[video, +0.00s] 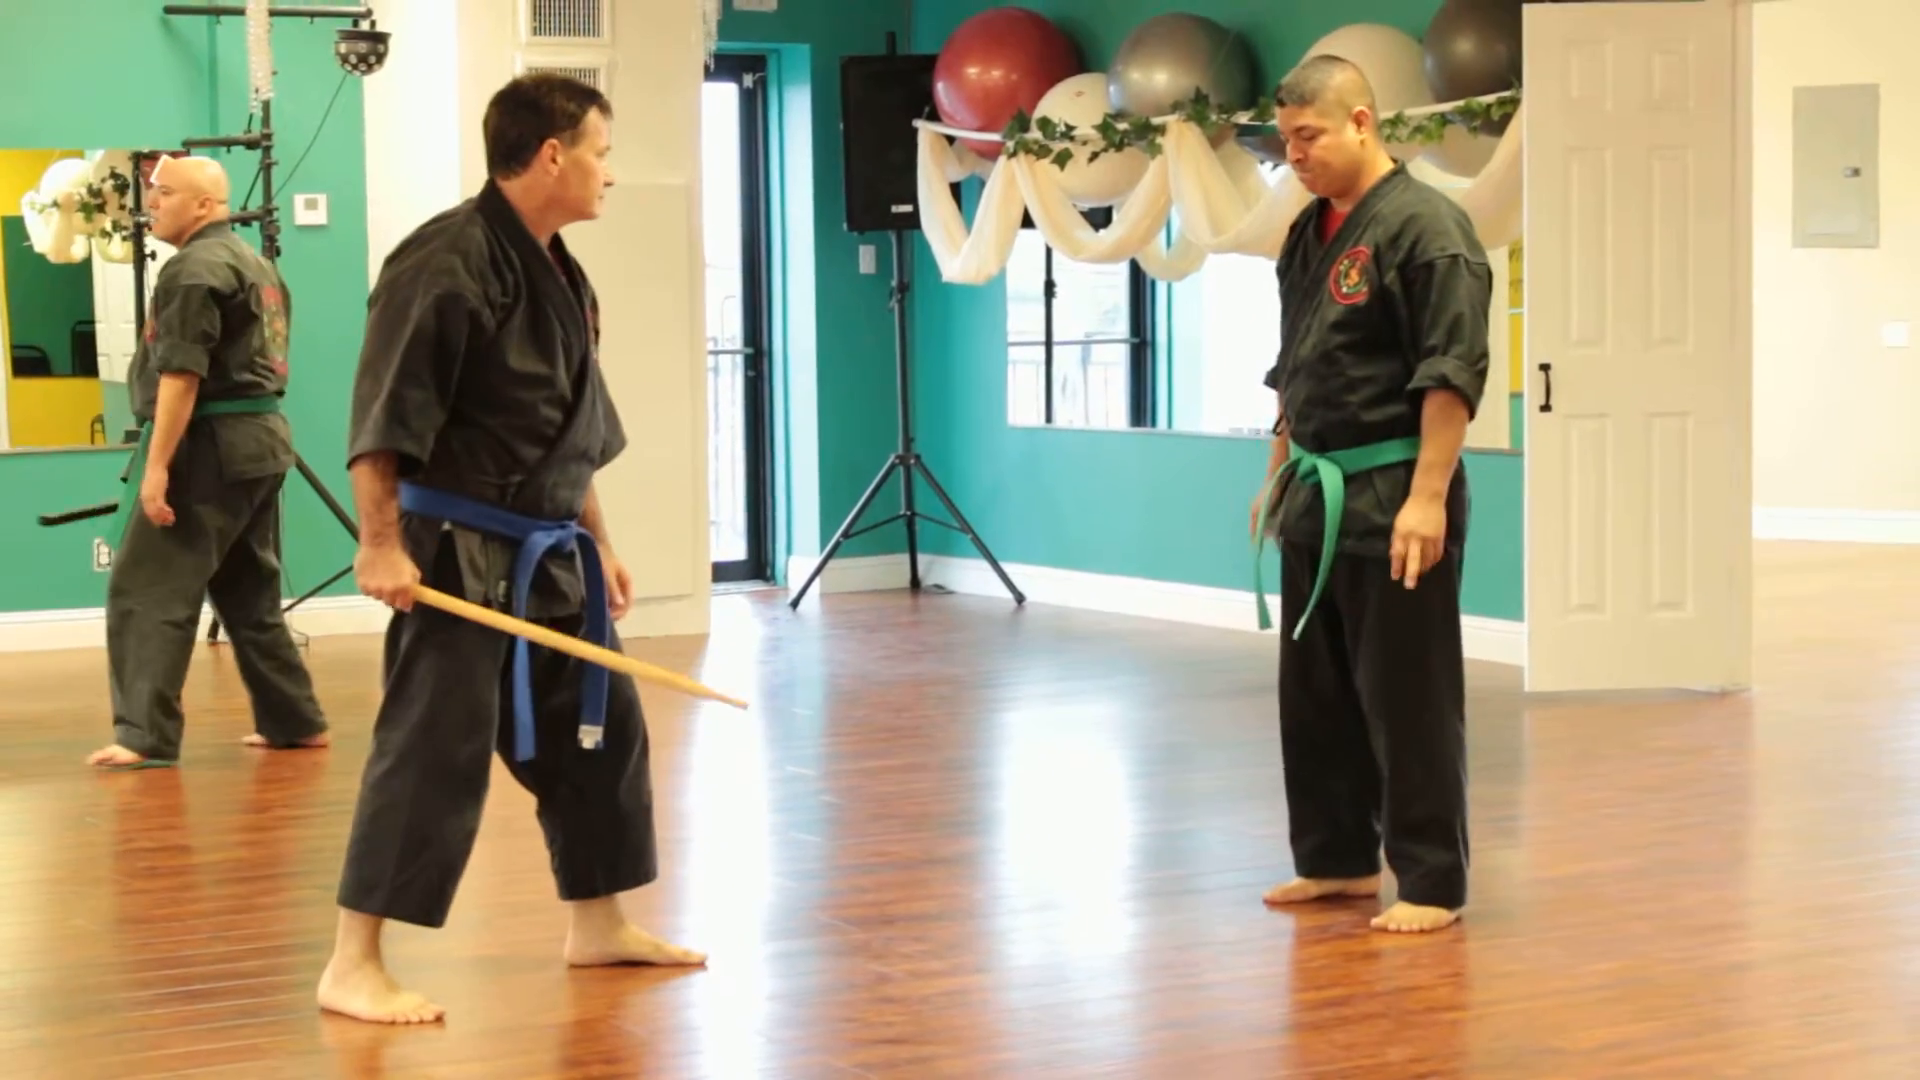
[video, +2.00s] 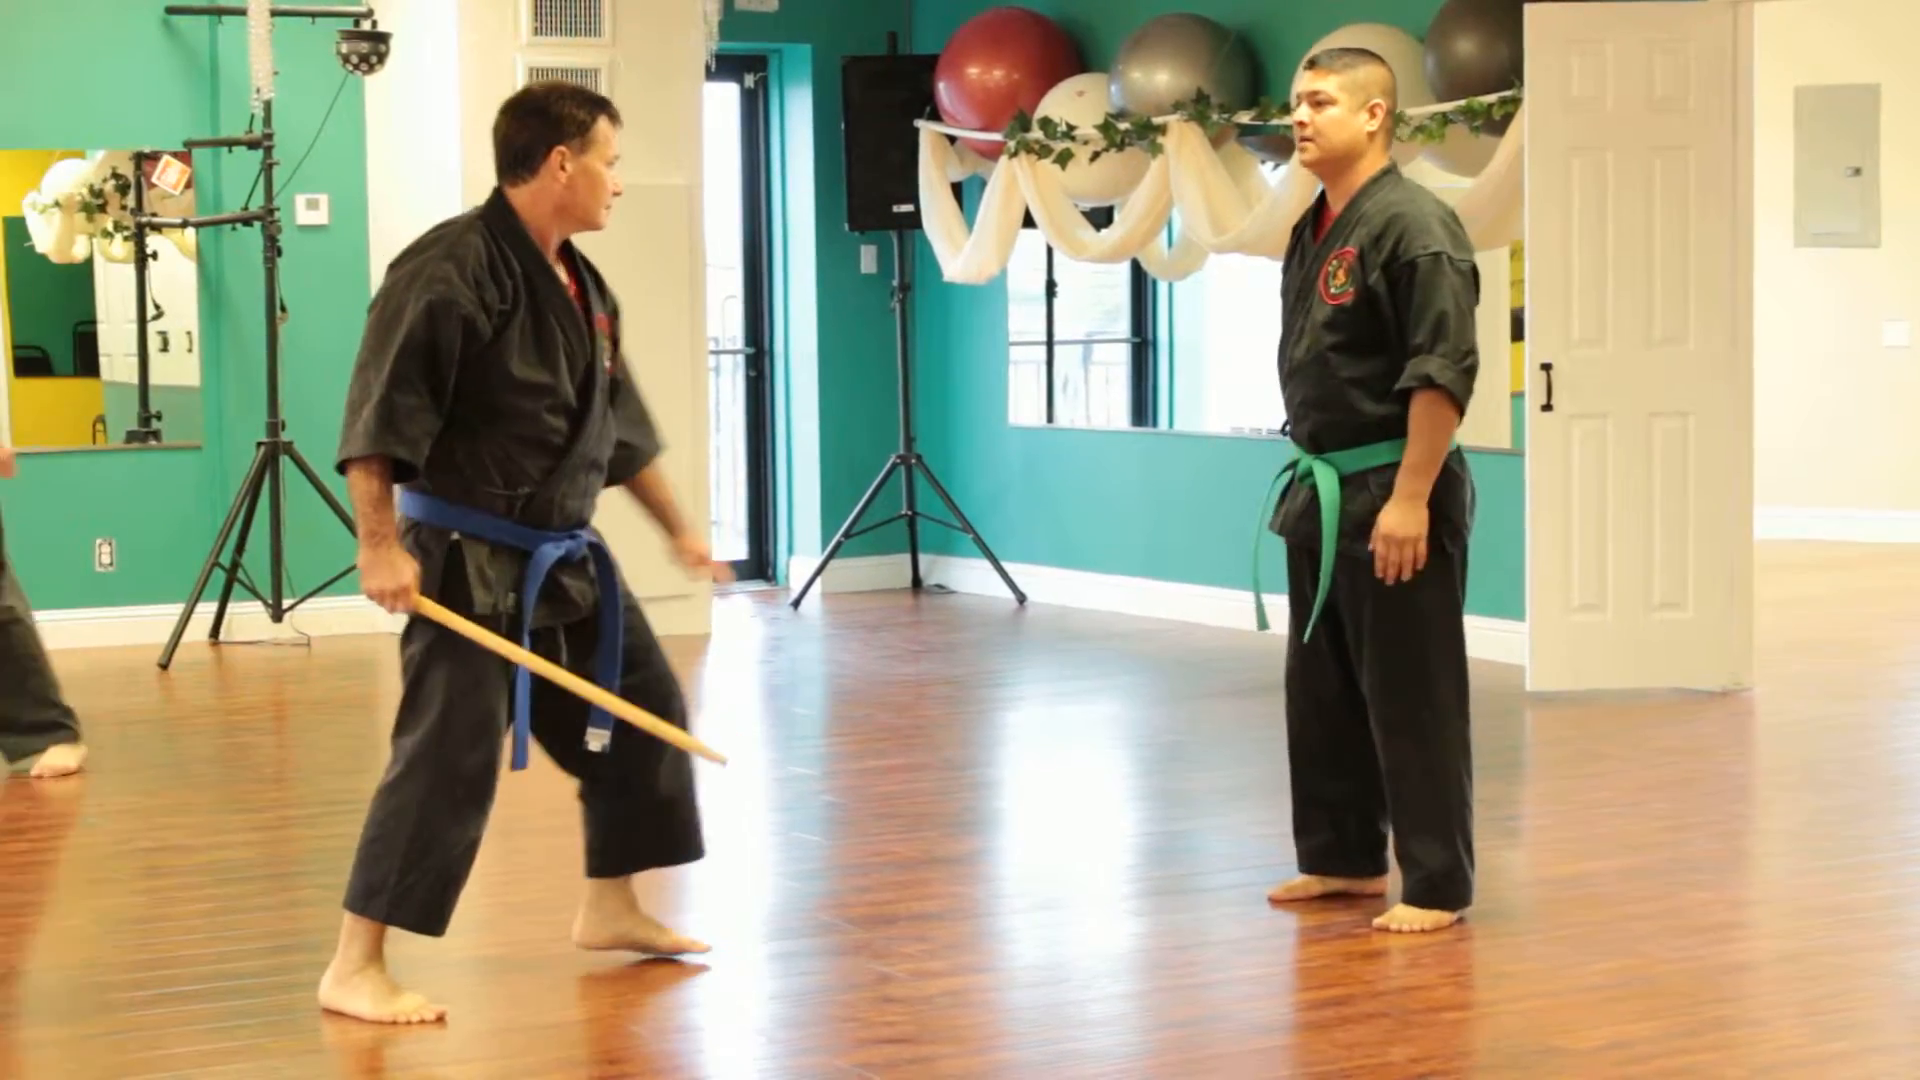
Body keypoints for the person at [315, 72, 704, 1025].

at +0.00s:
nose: (609, 173)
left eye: (608, 154)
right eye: (600, 154)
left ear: (551, 156)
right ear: (551, 156)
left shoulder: (558, 272)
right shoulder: (443, 260)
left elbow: (561, 430)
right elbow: (379, 410)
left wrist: (598, 541)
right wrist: (380, 539)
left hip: (553, 541)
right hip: (459, 540)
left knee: (598, 723)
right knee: (427, 743)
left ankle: (598, 926)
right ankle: (352, 964)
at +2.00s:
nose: (619, 184)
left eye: (618, 165)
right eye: (610, 164)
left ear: (561, 164)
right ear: (559, 164)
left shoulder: (581, 284)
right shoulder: (447, 267)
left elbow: (617, 424)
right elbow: (376, 407)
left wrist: (679, 527)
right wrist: (378, 540)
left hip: (563, 546)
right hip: (463, 545)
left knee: (641, 702)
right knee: (444, 747)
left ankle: (611, 908)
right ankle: (354, 966)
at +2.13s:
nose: (648, 194)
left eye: (647, 175)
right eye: (638, 175)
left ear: (591, 176)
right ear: (588, 175)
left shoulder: (621, 288)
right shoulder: (478, 272)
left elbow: (682, 404)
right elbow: (365, 382)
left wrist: (757, 489)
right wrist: (350, 489)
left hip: (590, 547)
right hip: (494, 541)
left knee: (672, 700)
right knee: (468, 742)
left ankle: (639, 911)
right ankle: (356, 965)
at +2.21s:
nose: (677, 201)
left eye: (677, 184)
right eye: (668, 183)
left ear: (629, 183)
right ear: (616, 181)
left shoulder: (661, 290)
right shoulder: (515, 270)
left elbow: (733, 397)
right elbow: (413, 326)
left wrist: (821, 471)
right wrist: (357, 381)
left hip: (631, 558)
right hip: (534, 553)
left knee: (699, 712)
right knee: (491, 738)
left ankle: (653, 921)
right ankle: (357, 957)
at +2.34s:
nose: (731, 201)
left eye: (732, 185)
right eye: (724, 184)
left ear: (683, 183)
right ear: (677, 182)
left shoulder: (721, 283)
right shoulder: (576, 271)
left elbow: (797, 369)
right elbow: (429, 322)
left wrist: (880, 439)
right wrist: (405, 268)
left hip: (698, 545)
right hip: (611, 542)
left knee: (737, 724)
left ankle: (655, 920)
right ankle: (444, 893)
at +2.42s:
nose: (779, 202)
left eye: (780, 184)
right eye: (771, 184)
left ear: (726, 183)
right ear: (722, 183)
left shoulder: (760, 280)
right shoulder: (627, 265)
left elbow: (832, 365)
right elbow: (499, 283)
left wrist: (910, 432)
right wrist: (483, 184)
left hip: (745, 540)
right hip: (662, 541)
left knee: (745, 728)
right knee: (739, 728)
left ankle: (656, 917)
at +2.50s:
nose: (826, 198)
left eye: (826, 182)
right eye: (817, 179)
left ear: (771, 182)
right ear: (769, 177)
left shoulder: (795, 284)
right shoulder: (685, 254)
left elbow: (861, 376)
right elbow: (604, 257)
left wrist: (931, 446)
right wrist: (592, 148)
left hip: (752, 535)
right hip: (725, 538)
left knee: (736, 730)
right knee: (862, 694)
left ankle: (655, 916)